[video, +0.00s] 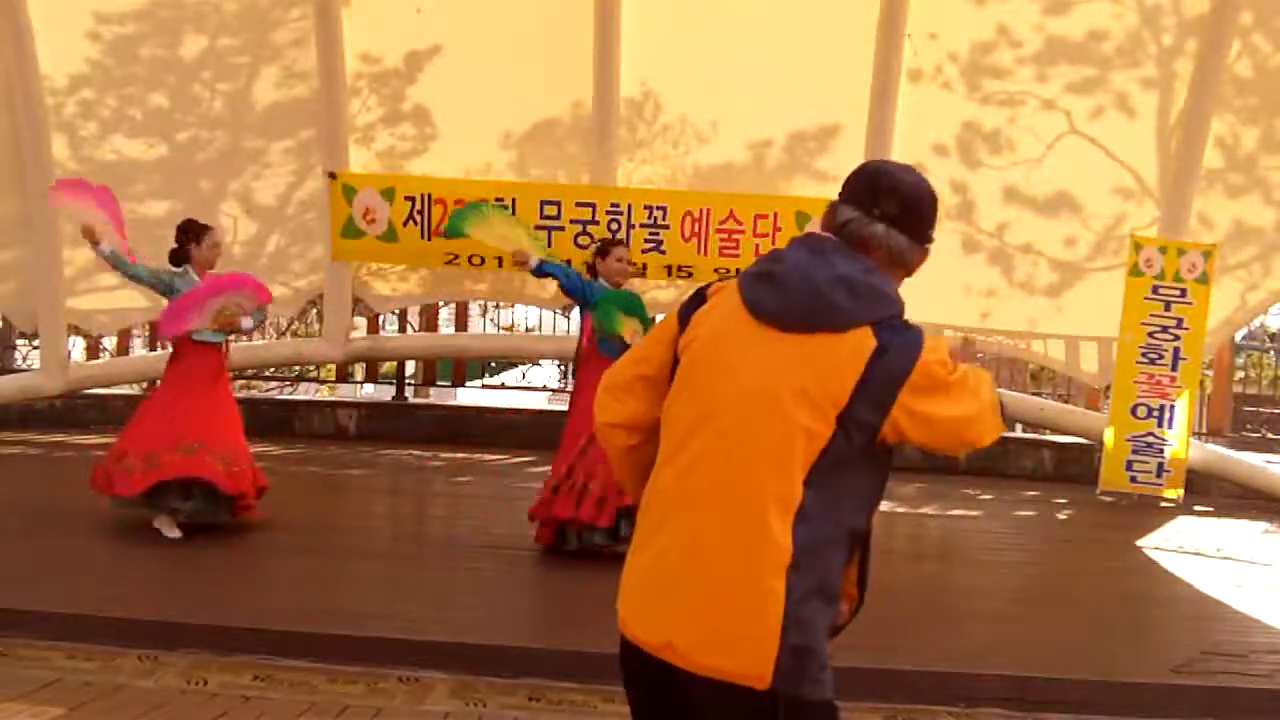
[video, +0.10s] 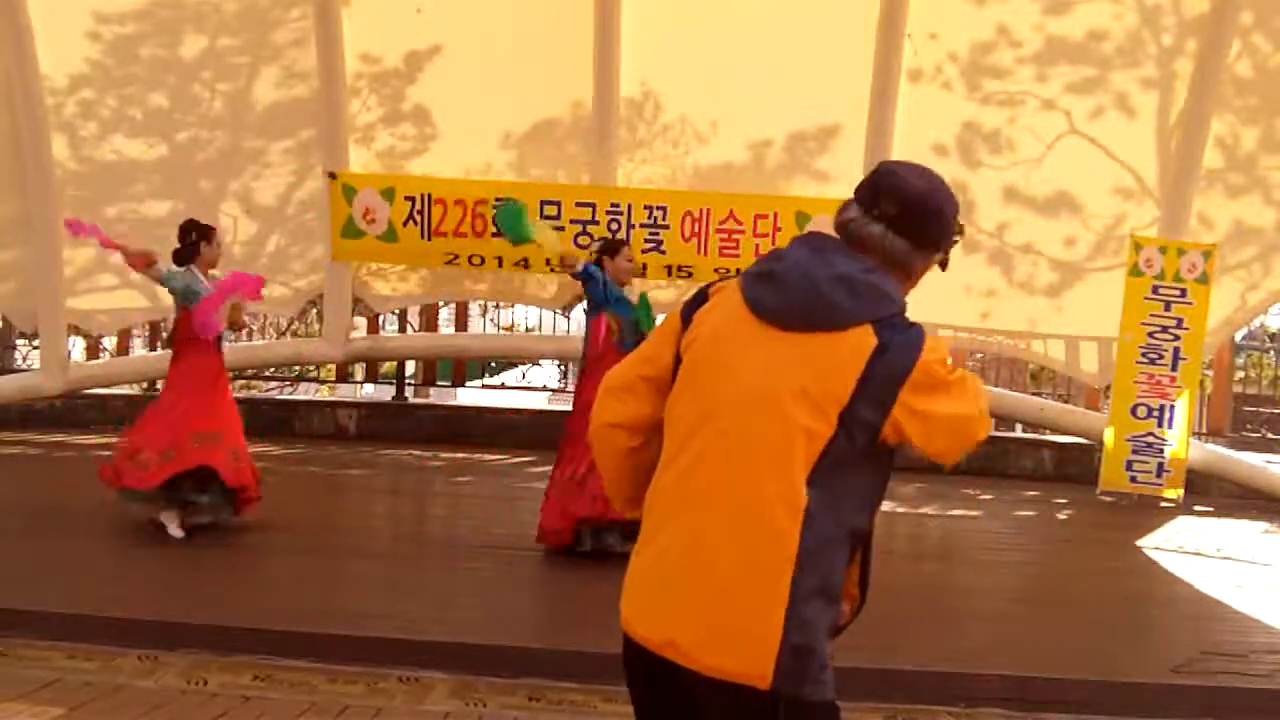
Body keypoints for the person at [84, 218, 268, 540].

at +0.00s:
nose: (218, 253)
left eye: (219, 247)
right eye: (212, 246)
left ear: (204, 250)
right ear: (192, 248)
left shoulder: (220, 286)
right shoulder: (177, 281)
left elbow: (260, 312)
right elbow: (134, 271)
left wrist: (241, 322)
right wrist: (99, 245)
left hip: (214, 367)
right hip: (187, 366)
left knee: (214, 432)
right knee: (179, 432)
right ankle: (165, 509)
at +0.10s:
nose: (220, 251)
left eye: (219, 245)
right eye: (216, 245)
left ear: (201, 248)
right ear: (201, 248)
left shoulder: (211, 285)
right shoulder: (188, 280)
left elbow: (231, 320)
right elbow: (158, 273)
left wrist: (235, 312)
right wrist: (134, 257)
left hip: (209, 363)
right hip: (190, 363)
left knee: (213, 430)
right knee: (190, 432)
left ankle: (205, 501)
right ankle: (172, 506)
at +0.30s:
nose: (174, 247)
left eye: (177, 241)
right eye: (175, 241)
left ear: (186, 246)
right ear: (203, 247)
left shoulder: (167, 286)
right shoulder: (214, 280)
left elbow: (154, 329)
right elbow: (259, 282)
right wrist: (300, 272)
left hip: (179, 367)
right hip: (212, 364)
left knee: (185, 427)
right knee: (224, 425)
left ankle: (189, 500)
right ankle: (239, 497)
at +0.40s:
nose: (172, 253)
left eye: (174, 247)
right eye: (173, 247)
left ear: (184, 248)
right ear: (203, 248)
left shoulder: (173, 286)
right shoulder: (224, 279)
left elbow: (147, 321)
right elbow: (270, 276)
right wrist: (305, 255)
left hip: (187, 368)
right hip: (221, 366)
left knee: (189, 428)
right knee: (228, 423)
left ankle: (196, 493)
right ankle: (228, 486)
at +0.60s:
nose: (207, 253)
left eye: (213, 248)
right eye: (202, 247)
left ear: (223, 253)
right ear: (194, 250)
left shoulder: (222, 285)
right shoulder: (186, 280)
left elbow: (235, 320)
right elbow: (154, 281)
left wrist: (198, 321)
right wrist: (129, 264)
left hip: (213, 356)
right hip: (189, 355)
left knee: (206, 422)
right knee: (193, 422)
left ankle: (207, 502)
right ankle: (201, 496)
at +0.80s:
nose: (232, 255)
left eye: (233, 248)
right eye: (227, 248)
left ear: (218, 247)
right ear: (208, 247)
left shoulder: (229, 282)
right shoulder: (195, 278)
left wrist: (234, 315)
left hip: (205, 359)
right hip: (187, 360)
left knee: (202, 424)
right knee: (183, 425)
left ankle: (192, 499)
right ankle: (168, 503)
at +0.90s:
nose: (229, 249)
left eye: (227, 244)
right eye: (226, 243)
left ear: (202, 244)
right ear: (216, 244)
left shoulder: (212, 274)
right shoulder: (203, 275)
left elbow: (230, 315)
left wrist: (242, 293)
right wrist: (243, 292)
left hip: (197, 360)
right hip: (184, 361)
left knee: (200, 425)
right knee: (184, 427)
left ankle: (189, 499)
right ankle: (167, 504)